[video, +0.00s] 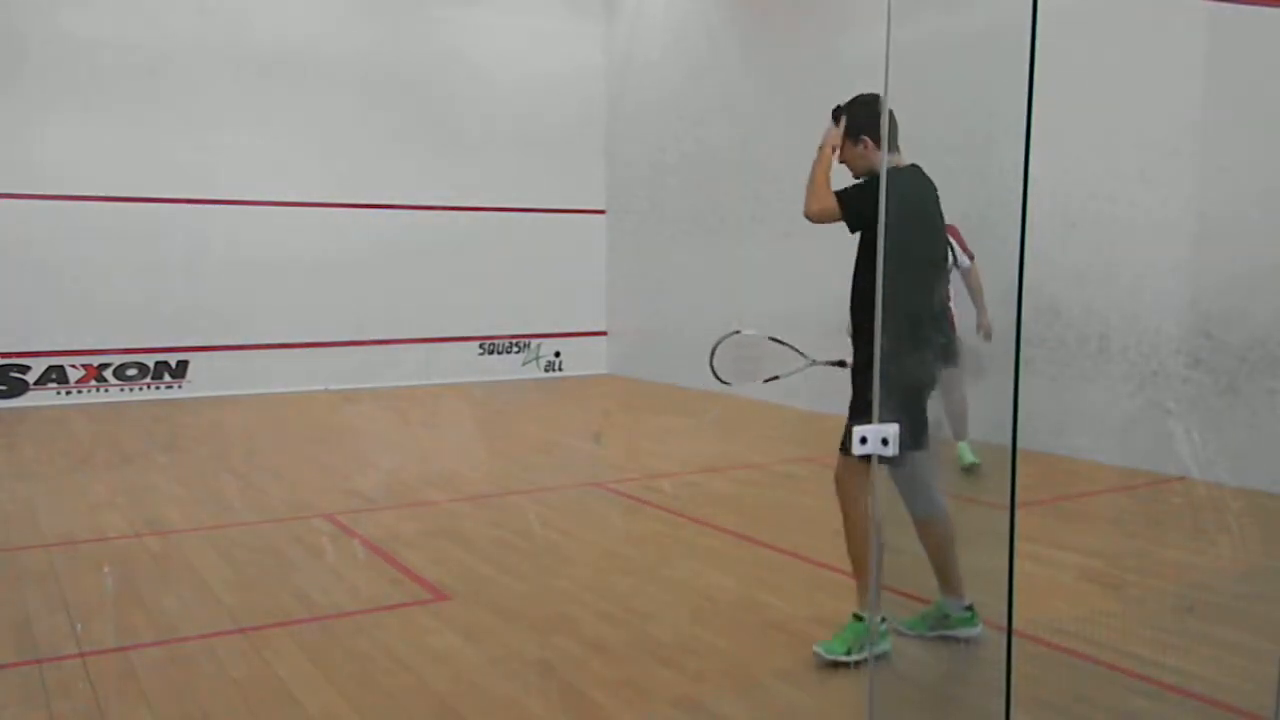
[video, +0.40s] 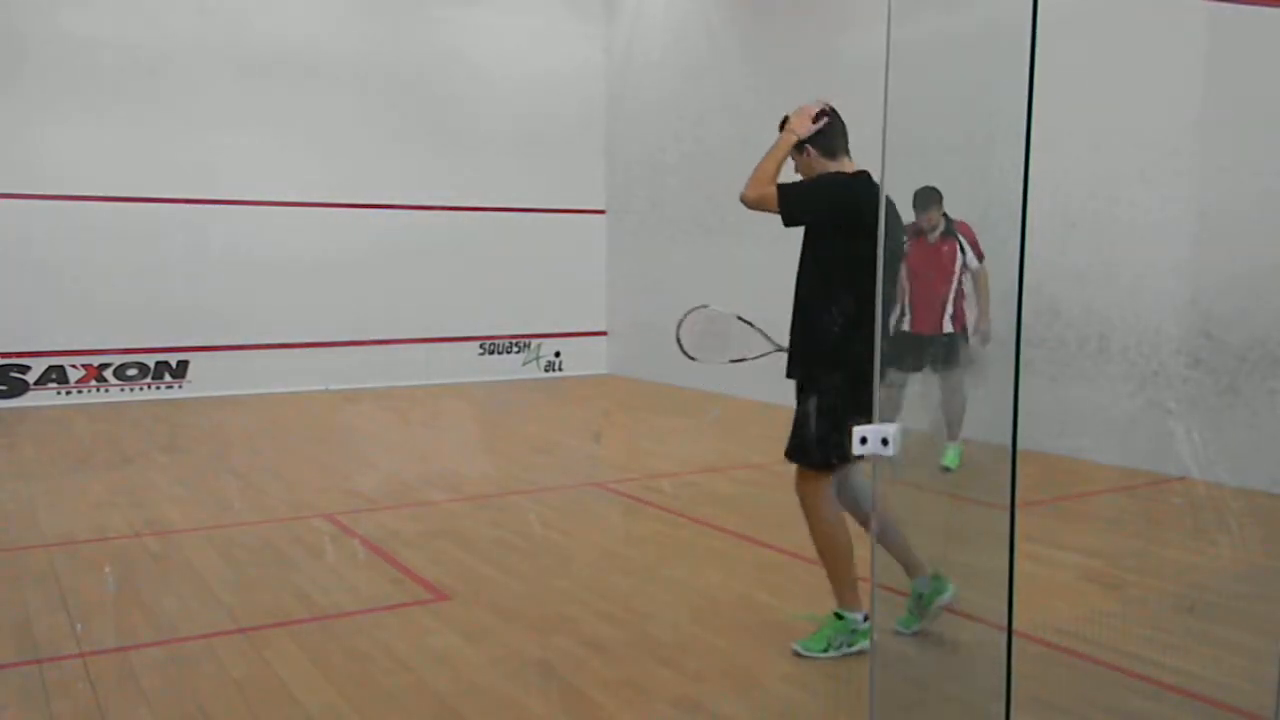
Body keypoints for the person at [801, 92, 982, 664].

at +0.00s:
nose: (842, 161)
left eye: (844, 151)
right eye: (841, 151)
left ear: (863, 144)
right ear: (884, 141)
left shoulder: (885, 190)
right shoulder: (919, 185)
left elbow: (817, 208)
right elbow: (923, 282)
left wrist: (827, 152)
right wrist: (871, 343)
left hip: (886, 361)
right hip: (914, 357)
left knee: (851, 477)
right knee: (915, 475)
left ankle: (869, 621)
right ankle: (955, 606)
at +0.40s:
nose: (797, 170)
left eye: (798, 159)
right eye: (796, 160)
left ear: (807, 150)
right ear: (842, 146)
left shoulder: (837, 194)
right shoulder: (873, 197)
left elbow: (755, 193)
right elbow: (879, 291)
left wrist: (787, 138)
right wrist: (838, 349)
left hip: (830, 370)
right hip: (856, 367)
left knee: (813, 488)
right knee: (847, 484)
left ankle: (852, 618)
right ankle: (925, 580)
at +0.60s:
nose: (764, 161)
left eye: (763, 150)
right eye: (764, 150)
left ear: (769, 145)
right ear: (813, 140)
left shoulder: (789, 192)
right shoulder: (846, 199)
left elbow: (718, 212)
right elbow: (865, 283)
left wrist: (734, 154)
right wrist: (828, 326)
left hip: (805, 364)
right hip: (820, 361)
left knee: (815, 481)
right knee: (759, 451)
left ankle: (853, 616)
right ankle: (815, 569)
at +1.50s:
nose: (598, 164)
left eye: (600, 156)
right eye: (605, 155)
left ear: (607, 161)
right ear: (649, 163)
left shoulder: (604, 218)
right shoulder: (677, 226)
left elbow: (597, 294)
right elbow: (701, 306)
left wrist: (552, 330)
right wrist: (649, 320)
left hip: (602, 370)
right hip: (655, 370)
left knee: (577, 483)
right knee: (647, 457)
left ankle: (590, 615)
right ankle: (684, 571)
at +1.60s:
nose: (604, 133)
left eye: (605, 126)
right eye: (610, 125)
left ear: (611, 131)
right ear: (656, 135)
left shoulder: (602, 186)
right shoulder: (682, 196)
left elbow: (593, 264)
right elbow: (714, 273)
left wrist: (556, 287)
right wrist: (665, 288)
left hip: (606, 345)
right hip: (660, 345)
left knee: (589, 469)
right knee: (653, 437)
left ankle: (587, 598)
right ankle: (678, 549)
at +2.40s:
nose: (638, 165)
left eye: (635, 158)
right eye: (677, 157)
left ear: (632, 163)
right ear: (681, 163)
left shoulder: (620, 221)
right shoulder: (713, 225)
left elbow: (599, 300)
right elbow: (742, 303)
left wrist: (578, 308)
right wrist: (701, 316)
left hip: (633, 379)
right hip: (692, 379)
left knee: (630, 491)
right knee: (692, 470)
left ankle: (646, 611)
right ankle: (700, 584)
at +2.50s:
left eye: (647, 134)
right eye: (688, 134)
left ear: (642, 141)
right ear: (692, 140)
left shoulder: (628, 198)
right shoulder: (723, 202)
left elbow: (620, 273)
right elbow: (757, 281)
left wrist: (598, 284)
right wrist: (715, 299)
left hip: (644, 356)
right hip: (703, 356)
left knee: (640, 480)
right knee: (709, 457)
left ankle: (645, 603)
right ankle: (712, 564)